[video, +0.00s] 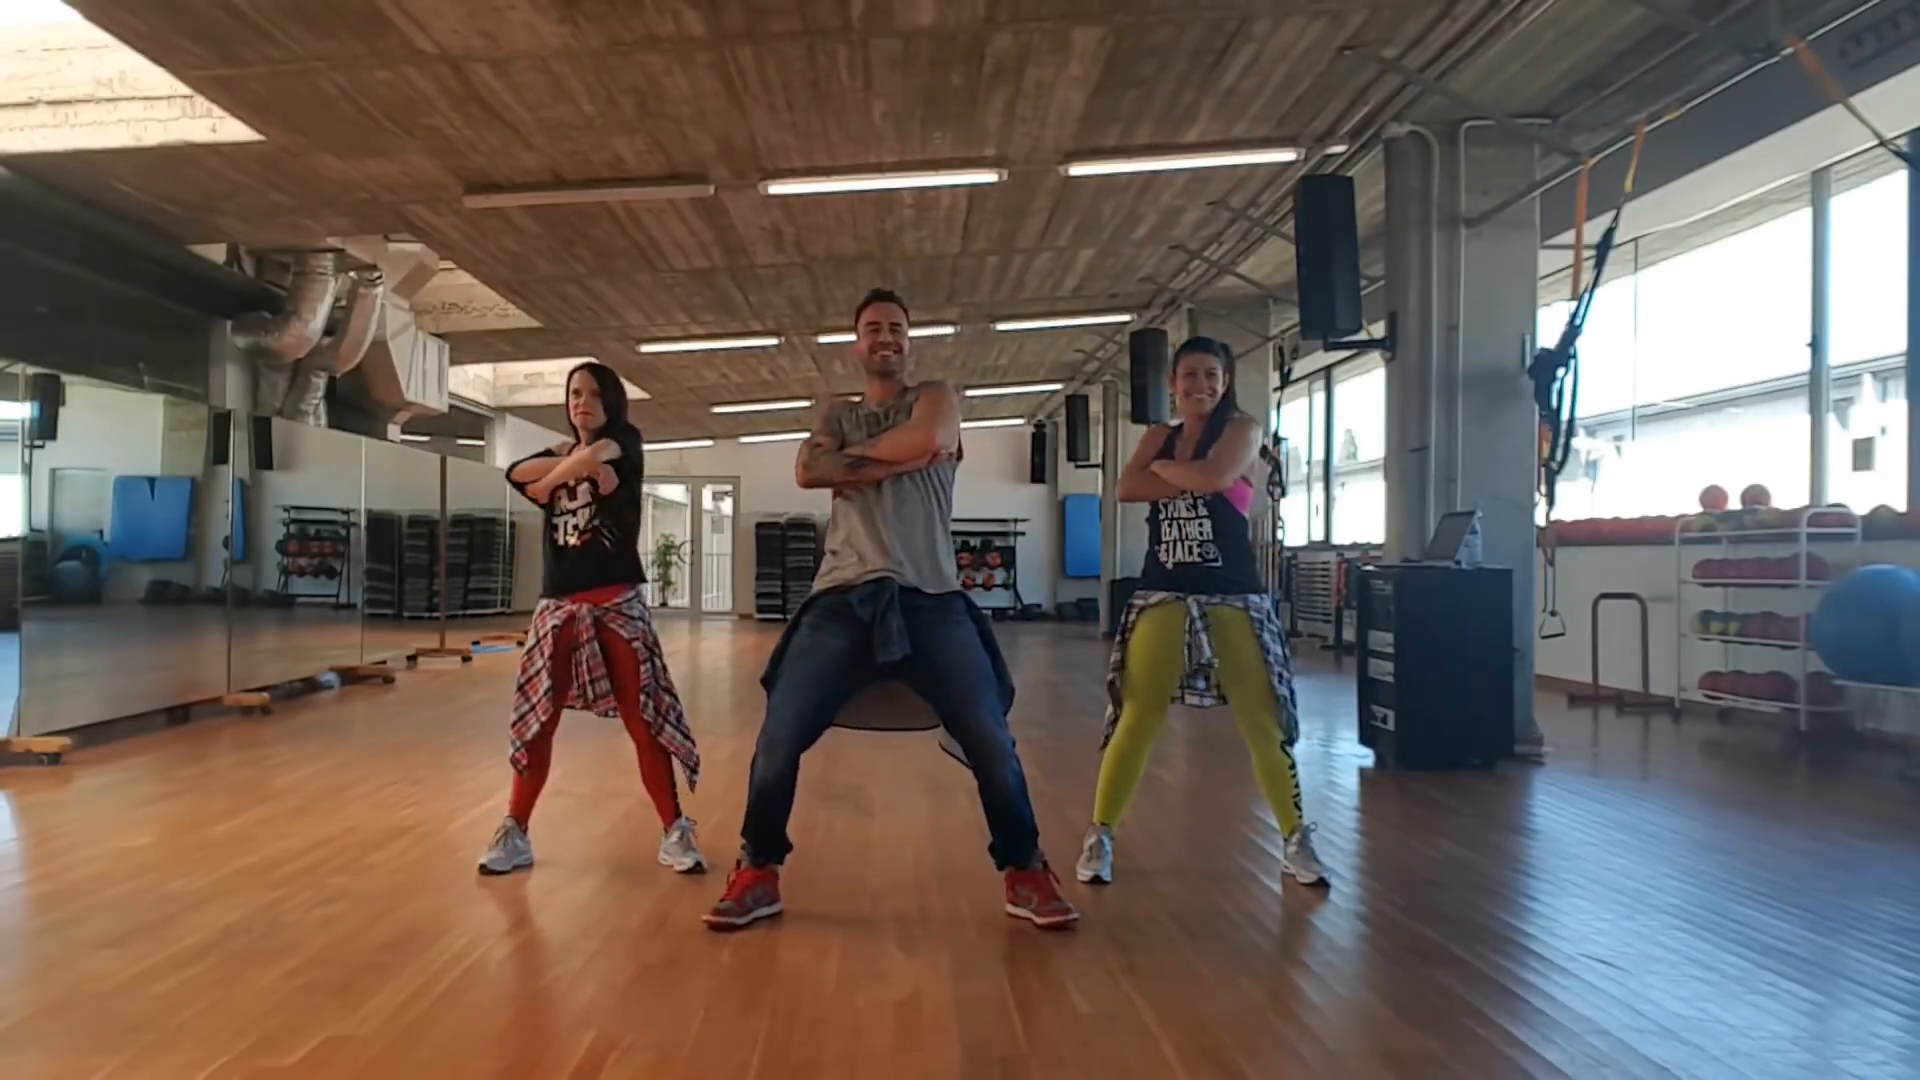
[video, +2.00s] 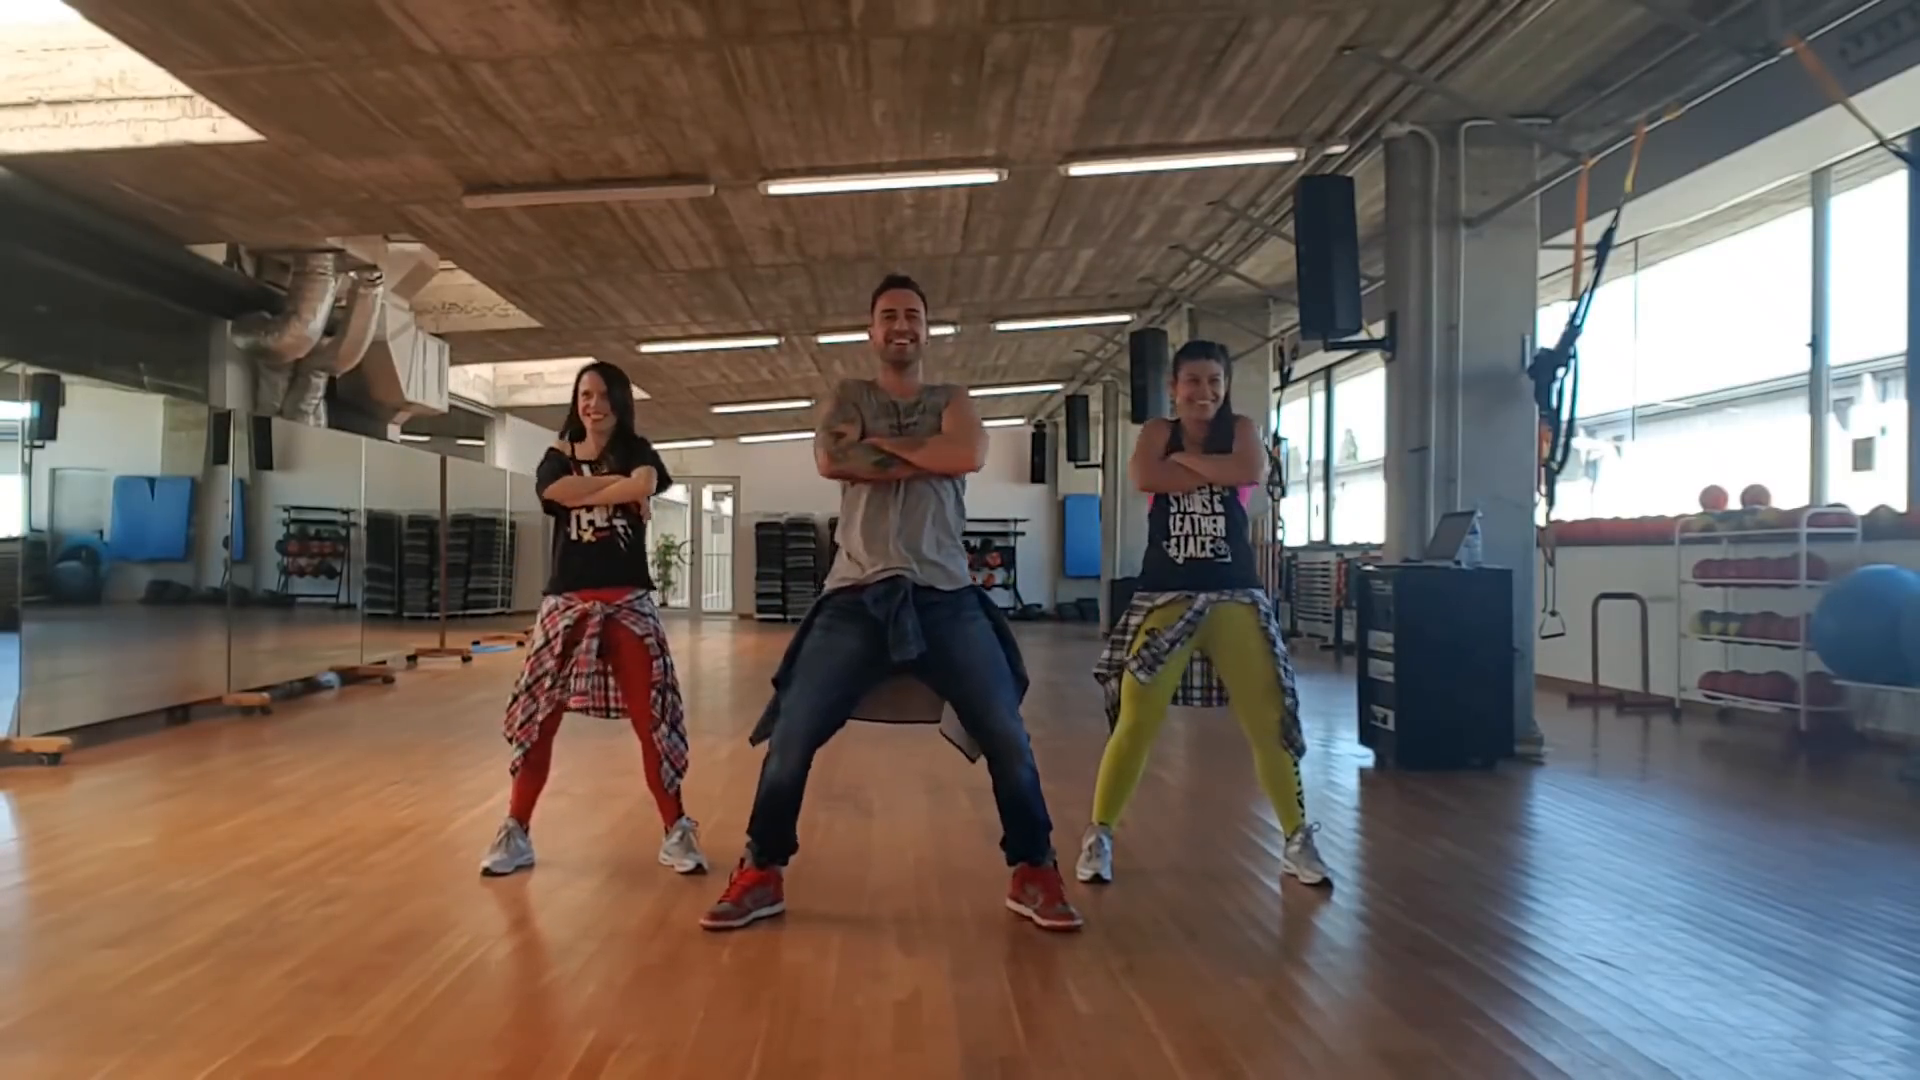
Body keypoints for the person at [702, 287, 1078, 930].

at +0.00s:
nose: (884, 338)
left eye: (894, 329)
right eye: (873, 329)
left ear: (909, 341)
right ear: (855, 344)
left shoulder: (936, 396)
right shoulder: (836, 412)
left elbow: (929, 442)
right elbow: (808, 472)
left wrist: (843, 454)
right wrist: (894, 460)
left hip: (930, 595)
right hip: (842, 595)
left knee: (989, 736)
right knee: (777, 737)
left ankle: (1025, 872)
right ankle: (757, 873)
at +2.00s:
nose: (901, 325)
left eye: (911, 316)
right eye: (889, 316)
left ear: (928, 330)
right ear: (870, 331)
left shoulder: (951, 400)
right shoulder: (847, 398)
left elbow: (968, 456)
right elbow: (828, 463)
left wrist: (873, 444)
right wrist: (921, 462)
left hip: (945, 593)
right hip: (855, 591)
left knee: (1005, 732)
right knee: (791, 730)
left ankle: (1034, 873)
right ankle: (761, 873)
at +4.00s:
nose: (918, 330)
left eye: (930, 319)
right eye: (908, 319)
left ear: (948, 328)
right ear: (890, 327)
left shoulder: (970, 400)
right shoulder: (870, 392)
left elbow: (998, 459)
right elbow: (867, 458)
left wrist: (904, 439)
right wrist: (960, 459)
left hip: (963, 594)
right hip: (872, 593)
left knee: (1020, 734)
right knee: (809, 733)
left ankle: (1034, 873)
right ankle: (777, 874)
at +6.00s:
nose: (909, 309)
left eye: (920, 301)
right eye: (897, 301)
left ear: (937, 321)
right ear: (878, 321)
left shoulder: (963, 396)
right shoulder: (853, 392)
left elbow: (977, 476)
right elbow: (835, 480)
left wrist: (882, 458)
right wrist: (931, 488)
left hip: (954, 592)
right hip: (866, 592)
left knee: (1005, 727)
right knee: (809, 731)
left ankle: (1025, 873)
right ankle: (775, 872)